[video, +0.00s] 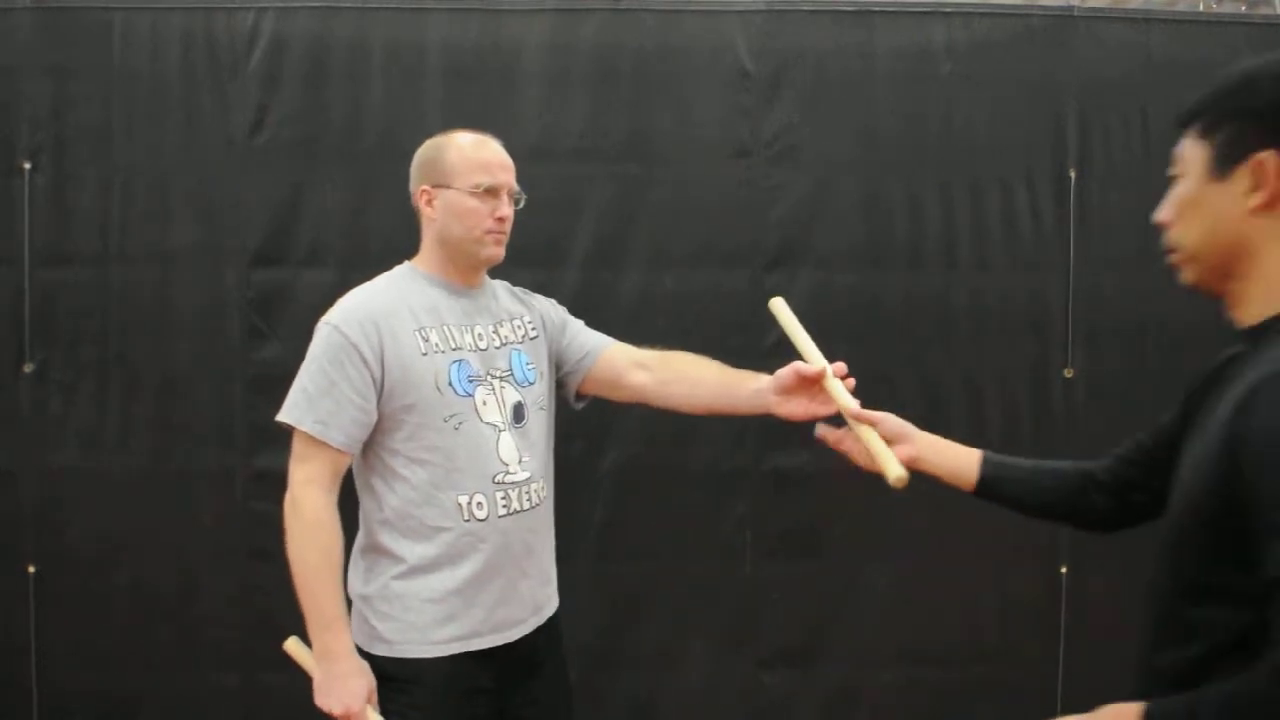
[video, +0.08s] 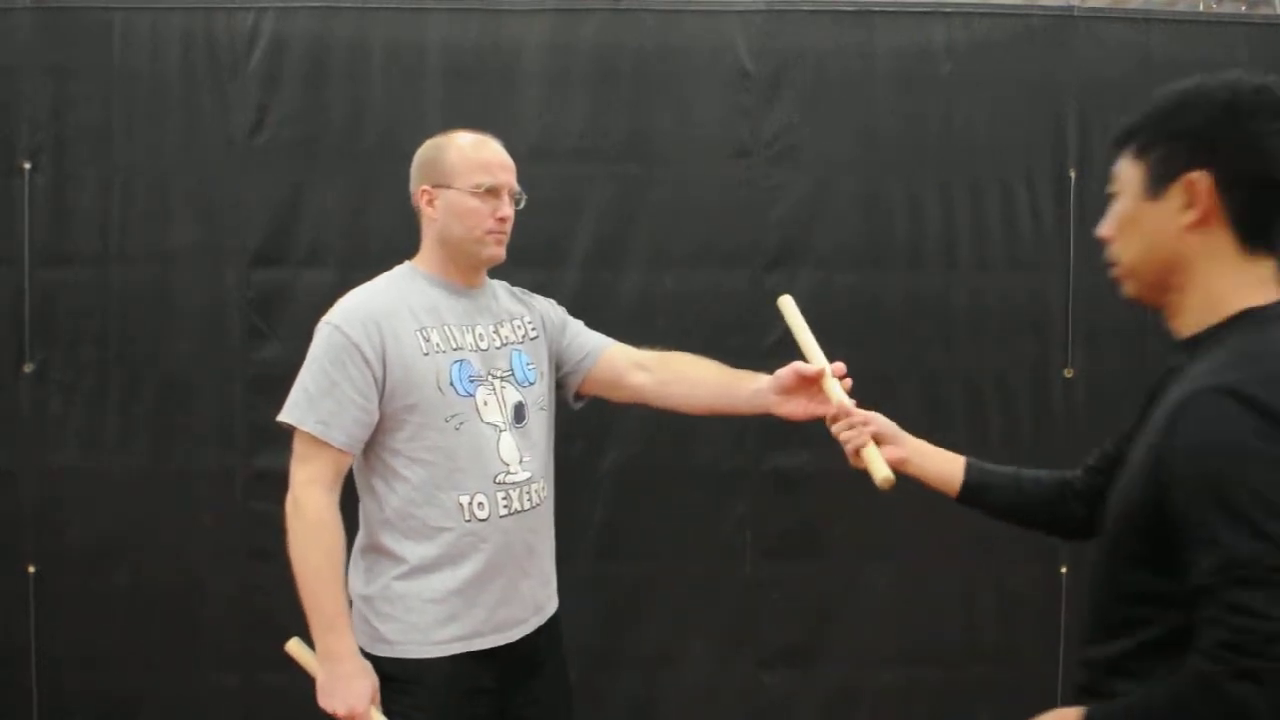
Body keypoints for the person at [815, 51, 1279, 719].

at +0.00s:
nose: (1159, 215)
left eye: (1179, 181)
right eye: (1169, 185)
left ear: (1260, 183)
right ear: (1255, 184)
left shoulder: (1265, 381)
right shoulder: (1241, 373)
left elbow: (1270, 670)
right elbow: (1113, 496)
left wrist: (1151, 711)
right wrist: (921, 449)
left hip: (1231, 704)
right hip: (1179, 698)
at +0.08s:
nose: (1101, 231)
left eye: (1118, 198)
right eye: (1108, 202)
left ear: (1192, 201)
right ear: (1189, 204)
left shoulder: (1228, 400)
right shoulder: (1211, 370)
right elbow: (1089, 504)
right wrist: (912, 454)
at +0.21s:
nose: (1023, 234)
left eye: (1036, 206)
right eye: (1028, 208)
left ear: (1098, 211)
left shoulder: (1124, 404)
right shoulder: (1196, 355)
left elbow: (1117, 667)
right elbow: (1074, 516)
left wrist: (980, 700)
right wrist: (906, 467)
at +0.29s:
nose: (983, 231)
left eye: (996, 204)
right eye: (987, 206)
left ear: (1054, 209)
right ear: (1057, 210)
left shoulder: (1071, 393)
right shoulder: (1173, 352)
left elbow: (1038, 649)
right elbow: (1083, 513)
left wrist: (922, 664)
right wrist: (908, 478)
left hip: (1069, 704)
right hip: (1164, 690)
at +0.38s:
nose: (954, 225)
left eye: (966, 199)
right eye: (958, 201)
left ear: (1027, 206)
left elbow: (986, 619)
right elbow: (1086, 514)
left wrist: (879, 632)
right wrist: (908, 483)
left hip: (1025, 698)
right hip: (1130, 682)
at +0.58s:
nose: (913, 231)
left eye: (928, 207)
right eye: (919, 207)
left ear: (989, 217)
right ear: (992, 219)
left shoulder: (1000, 372)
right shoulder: (1069, 348)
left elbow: (921, 579)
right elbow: (1031, 517)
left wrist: (841, 578)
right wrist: (904, 495)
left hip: (972, 693)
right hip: (1045, 678)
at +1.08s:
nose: (892, 238)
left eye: (910, 217)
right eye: (899, 218)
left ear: (971, 228)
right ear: (965, 230)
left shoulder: (1004, 351)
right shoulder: (975, 342)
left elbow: (971, 523)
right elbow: (954, 483)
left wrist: (873, 540)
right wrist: (875, 491)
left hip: (988, 654)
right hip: (957, 646)